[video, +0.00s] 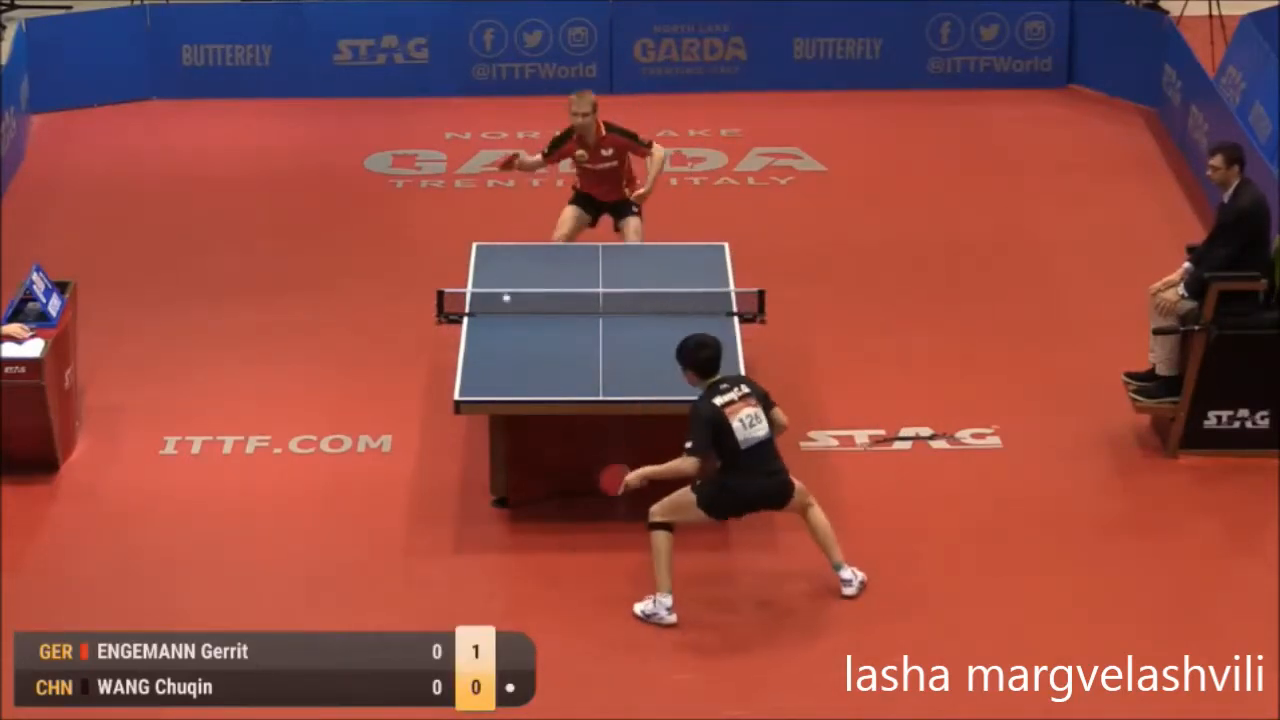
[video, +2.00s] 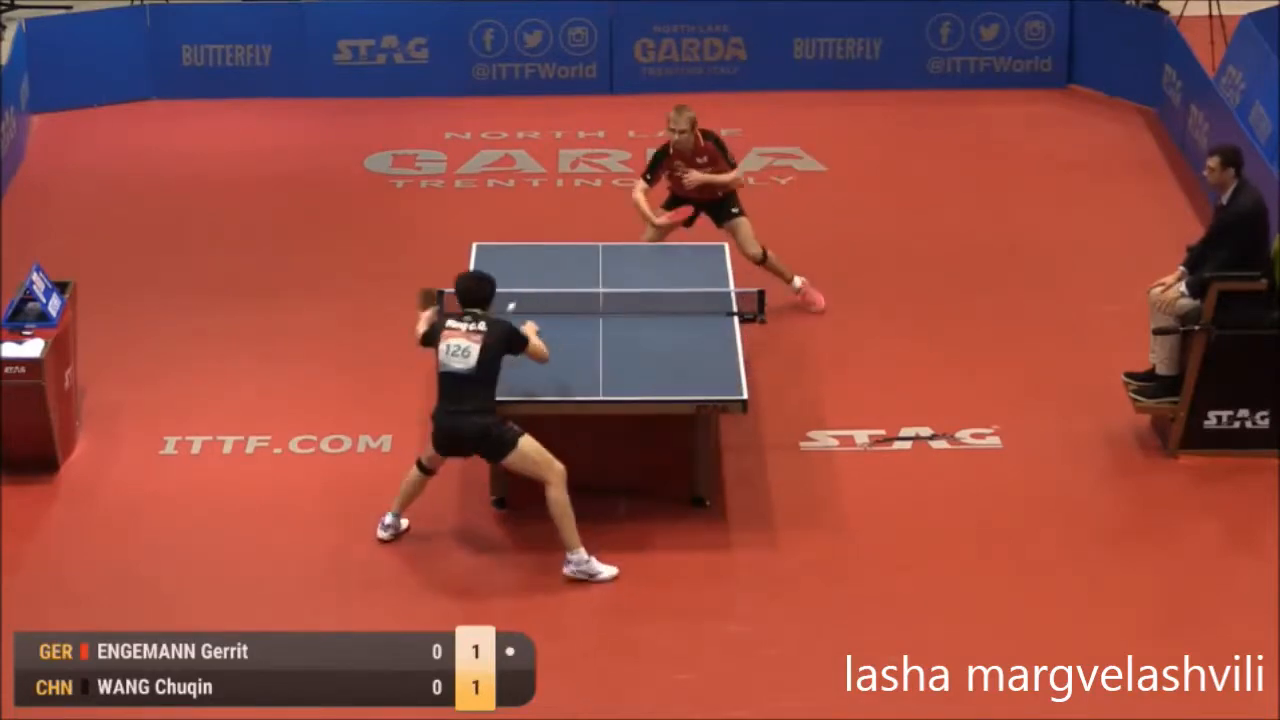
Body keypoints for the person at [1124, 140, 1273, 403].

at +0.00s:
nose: (1208, 174)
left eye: (1214, 168)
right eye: (1208, 168)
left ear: (1234, 169)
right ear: (1228, 170)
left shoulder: (1246, 203)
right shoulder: (1234, 198)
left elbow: (1222, 257)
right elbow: (1211, 245)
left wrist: (1183, 290)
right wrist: (1181, 273)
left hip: (1238, 292)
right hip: (1224, 282)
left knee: (1165, 305)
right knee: (1158, 296)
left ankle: (1170, 379)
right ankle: (1159, 369)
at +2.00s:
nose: (1205, 174)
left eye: (1211, 169)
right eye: (1206, 169)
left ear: (1229, 171)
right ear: (1223, 172)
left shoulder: (1245, 206)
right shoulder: (1229, 199)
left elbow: (1226, 263)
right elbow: (1208, 244)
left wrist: (1184, 288)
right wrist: (1179, 274)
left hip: (1237, 291)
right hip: (1221, 279)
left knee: (1166, 305)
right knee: (1156, 295)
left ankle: (1169, 378)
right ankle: (1160, 369)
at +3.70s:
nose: (1208, 171)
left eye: (1214, 167)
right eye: (1210, 166)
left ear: (1232, 174)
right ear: (1227, 173)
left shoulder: (1249, 205)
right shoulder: (1226, 199)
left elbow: (1229, 264)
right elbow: (1205, 240)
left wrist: (1183, 288)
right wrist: (1173, 274)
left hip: (1241, 292)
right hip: (1223, 280)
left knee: (1167, 307)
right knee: (1158, 296)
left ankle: (1168, 379)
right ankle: (1159, 370)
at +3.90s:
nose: (1208, 172)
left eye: (1215, 168)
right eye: (1209, 166)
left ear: (1233, 174)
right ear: (1226, 174)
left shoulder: (1249, 205)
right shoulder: (1225, 200)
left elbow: (1229, 264)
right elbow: (1205, 240)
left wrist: (1183, 288)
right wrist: (1173, 274)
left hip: (1241, 292)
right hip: (1223, 280)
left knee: (1167, 307)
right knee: (1158, 296)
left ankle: (1168, 379)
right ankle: (1159, 370)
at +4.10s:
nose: (1208, 173)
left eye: (1215, 168)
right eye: (1209, 167)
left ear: (1233, 174)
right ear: (1225, 174)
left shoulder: (1249, 206)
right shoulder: (1225, 201)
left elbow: (1229, 265)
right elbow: (1204, 241)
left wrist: (1183, 288)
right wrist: (1173, 274)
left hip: (1241, 292)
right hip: (1222, 281)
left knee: (1168, 307)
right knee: (1158, 297)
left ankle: (1168, 379)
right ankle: (1159, 370)